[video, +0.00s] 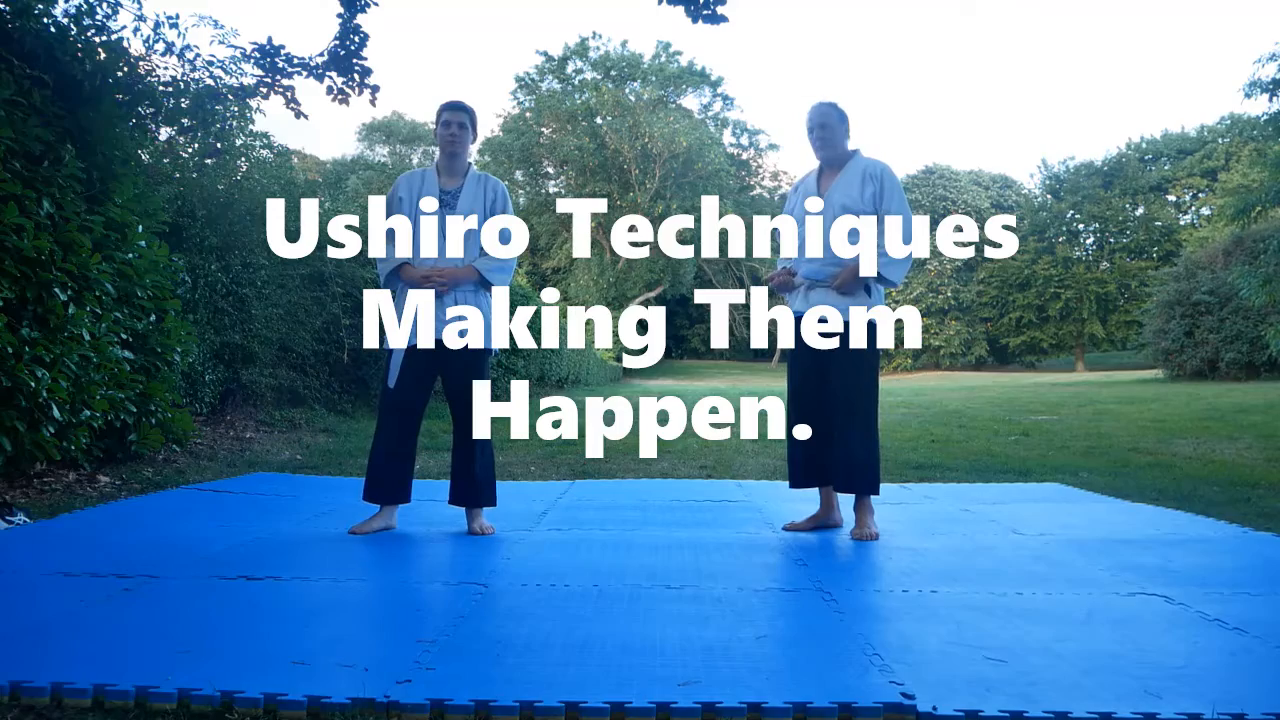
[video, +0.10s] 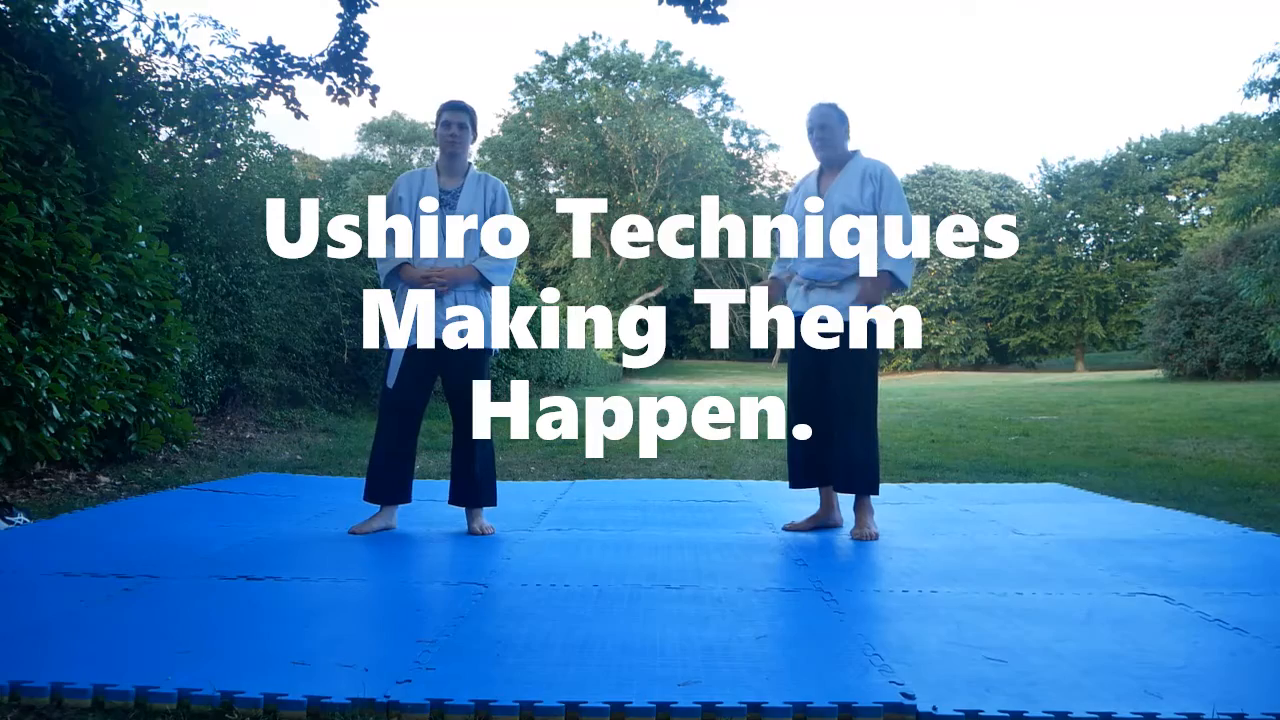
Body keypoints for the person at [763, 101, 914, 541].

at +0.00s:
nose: (818, 136)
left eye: (825, 128)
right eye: (812, 130)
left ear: (846, 131)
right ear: (806, 137)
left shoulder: (875, 174)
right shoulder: (799, 189)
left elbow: (898, 237)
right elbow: (789, 249)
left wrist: (857, 268)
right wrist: (782, 277)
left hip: (856, 311)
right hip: (807, 310)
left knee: (856, 408)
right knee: (812, 408)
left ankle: (864, 510)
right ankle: (828, 507)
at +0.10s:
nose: (817, 136)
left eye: (825, 128)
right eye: (812, 131)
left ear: (846, 131)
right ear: (806, 137)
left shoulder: (875, 175)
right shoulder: (800, 190)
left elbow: (899, 240)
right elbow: (786, 251)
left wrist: (875, 289)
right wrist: (777, 291)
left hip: (854, 307)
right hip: (804, 308)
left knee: (855, 408)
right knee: (811, 408)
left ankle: (863, 510)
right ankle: (827, 508)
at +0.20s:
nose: (819, 136)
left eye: (826, 128)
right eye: (812, 131)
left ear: (847, 130)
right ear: (807, 138)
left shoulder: (875, 175)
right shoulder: (801, 190)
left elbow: (899, 231)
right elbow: (781, 251)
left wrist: (903, 276)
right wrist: (772, 297)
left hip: (857, 308)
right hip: (807, 309)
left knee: (855, 407)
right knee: (812, 408)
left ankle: (864, 511)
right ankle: (827, 507)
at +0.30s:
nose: (816, 137)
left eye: (824, 128)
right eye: (811, 131)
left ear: (846, 130)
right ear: (806, 137)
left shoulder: (874, 175)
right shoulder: (801, 189)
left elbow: (897, 237)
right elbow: (780, 251)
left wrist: (921, 268)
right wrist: (752, 296)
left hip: (855, 309)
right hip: (806, 309)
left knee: (855, 408)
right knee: (811, 408)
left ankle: (863, 509)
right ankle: (827, 507)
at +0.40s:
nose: (816, 137)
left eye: (824, 129)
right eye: (810, 131)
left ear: (846, 130)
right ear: (806, 137)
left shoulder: (873, 175)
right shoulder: (801, 191)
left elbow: (902, 232)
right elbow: (782, 254)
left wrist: (923, 258)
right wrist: (753, 289)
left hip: (855, 309)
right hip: (806, 310)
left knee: (855, 408)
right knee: (812, 408)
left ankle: (863, 509)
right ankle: (828, 507)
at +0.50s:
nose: (814, 136)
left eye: (822, 128)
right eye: (809, 130)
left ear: (844, 131)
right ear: (805, 137)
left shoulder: (873, 174)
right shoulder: (800, 190)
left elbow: (905, 238)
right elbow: (783, 257)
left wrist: (928, 252)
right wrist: (745, 283)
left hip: (854, 309)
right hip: (806, 311)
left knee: (854, 408)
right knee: (812, 408)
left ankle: (864, 509)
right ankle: (827, 507)